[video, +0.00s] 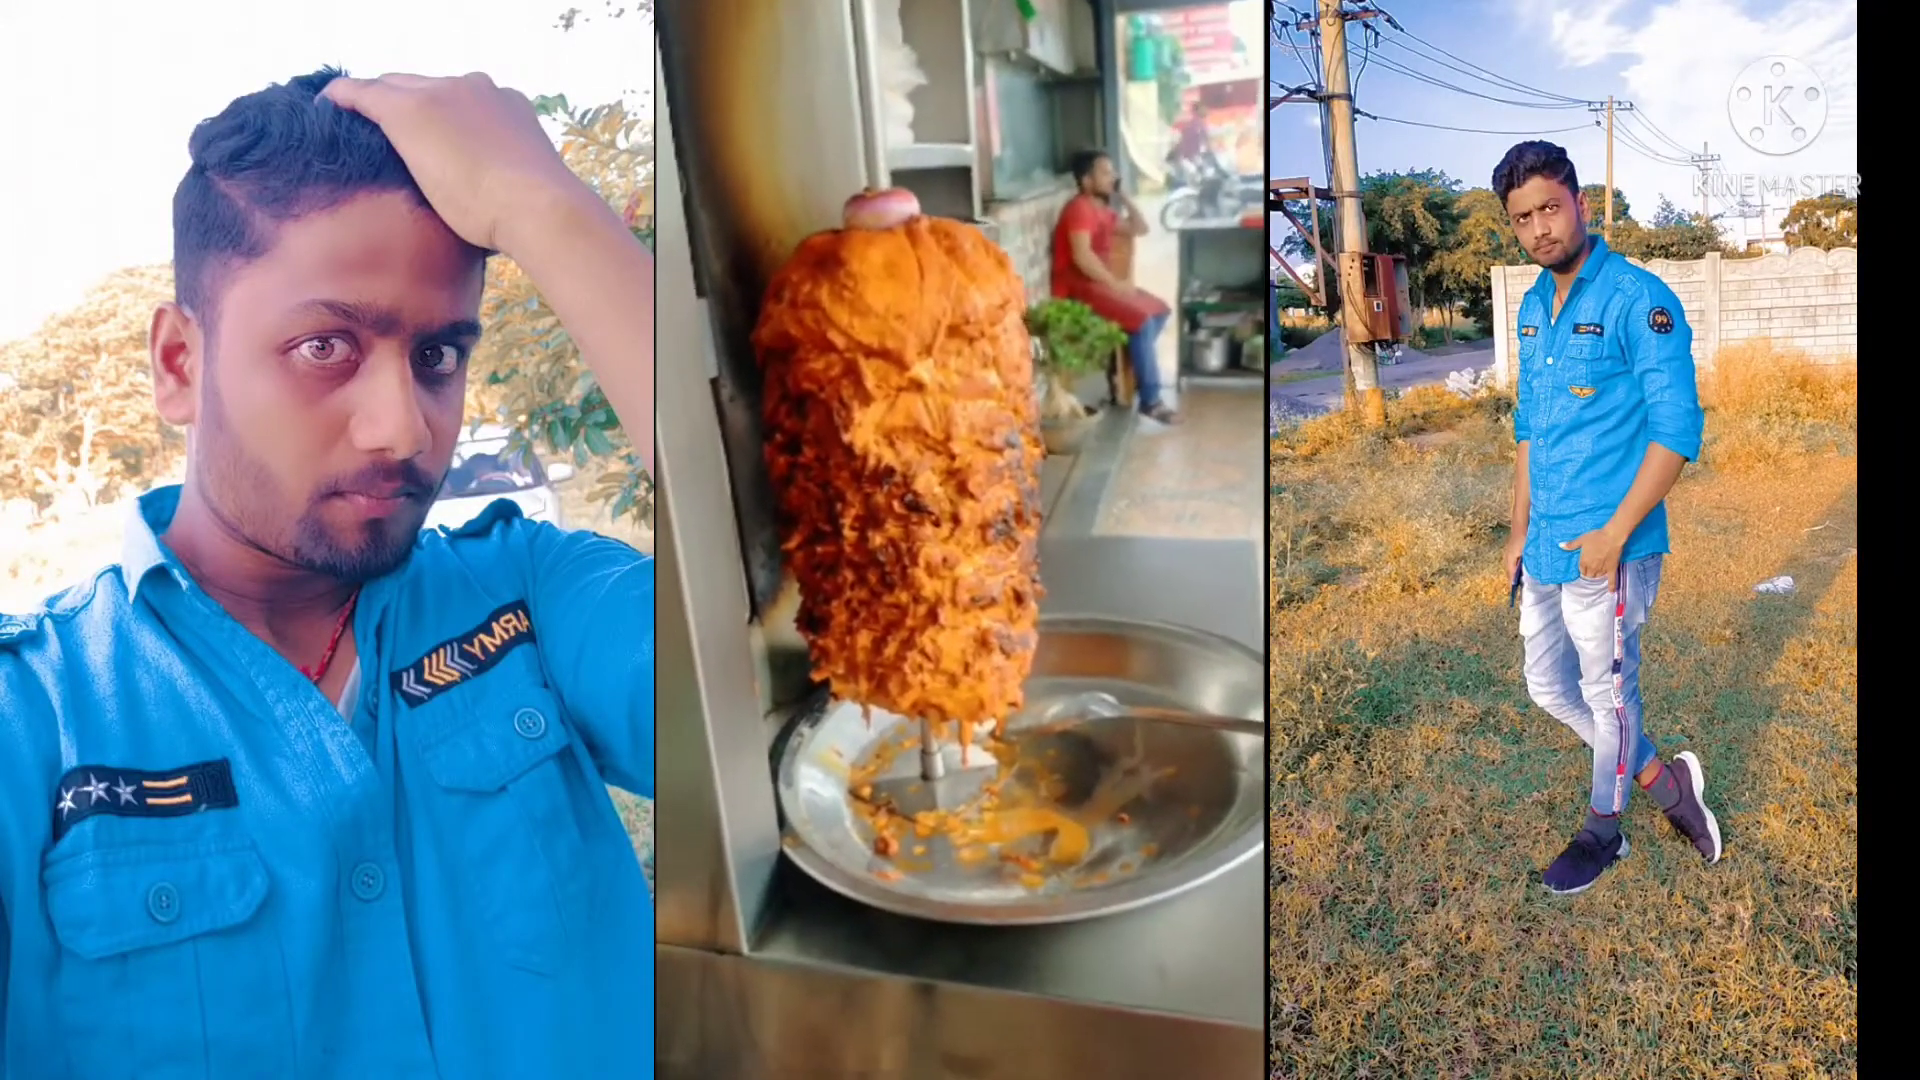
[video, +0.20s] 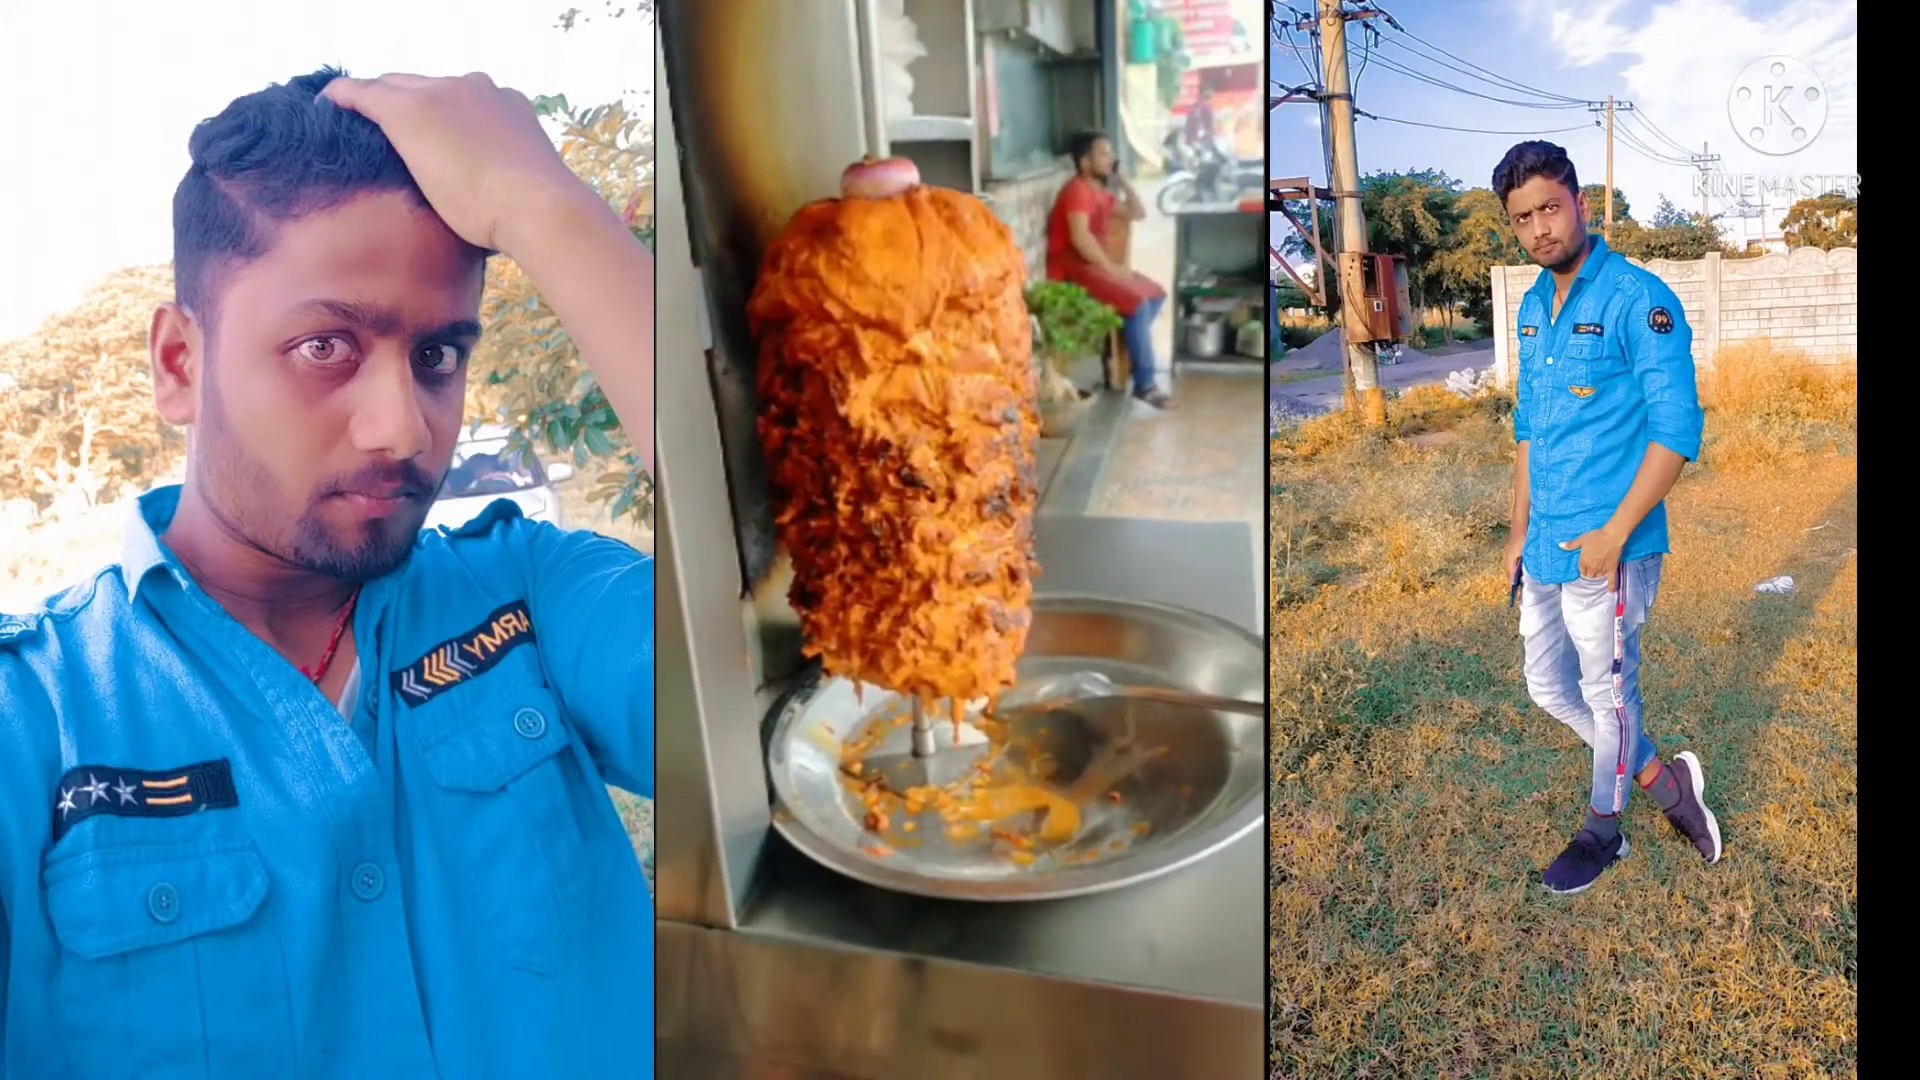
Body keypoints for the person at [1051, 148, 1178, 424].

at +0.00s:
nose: (1112, 178)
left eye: (1111, 172)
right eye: (1105, 173)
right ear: (1086, 180)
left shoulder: (1102, 210)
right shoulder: (1079, 208)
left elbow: (1139, 228)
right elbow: (1081, 256)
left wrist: (1123, 197)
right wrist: (1115, 283)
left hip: (1101, 282)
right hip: (1078, 287)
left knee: (1160, 311)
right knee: (1140, 321)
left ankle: (1120, 366)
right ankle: (1150, 401)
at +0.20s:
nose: (1110, 159)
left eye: (1110, 153)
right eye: (1104, 154)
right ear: (1084, 161)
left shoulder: (1101, 192)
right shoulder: (1077, 190)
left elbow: (1137, 213)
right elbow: (1080, 238)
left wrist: (1122, 182)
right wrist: (1110, 267)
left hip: (1098, 264)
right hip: (1074, 269)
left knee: (1156, 295)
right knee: (1135, 304)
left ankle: (1117, 352)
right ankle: (1145, 385)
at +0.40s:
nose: (1127, 145)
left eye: (1127, 138)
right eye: (1119, 139)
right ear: (1100, 146)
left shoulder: (1118, 177)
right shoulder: (1094, 175)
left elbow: (1155, 200)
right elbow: (1099, 223)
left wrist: (1140, 169)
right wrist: (1127, 253)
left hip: (1115, 249)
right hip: (1090, 255)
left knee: (1174, 281)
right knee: (1153, 291)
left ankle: (1134, 338)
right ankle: (1161, 372)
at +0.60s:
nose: (1128, 162)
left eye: (1127, 155)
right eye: (1120, 156)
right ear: (1101, 164)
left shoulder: (1120, 195)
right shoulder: (1096, 192)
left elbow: (1156, 217)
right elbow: (1093, 237)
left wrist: (1141, 186)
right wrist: (1127, 268)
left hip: (1116, 267)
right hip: (1092, 271)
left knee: (1174, 300)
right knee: (1153, 309)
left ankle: (1132, 352)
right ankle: (1162, 389)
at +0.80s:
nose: (1103, 181)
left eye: (1104, 175)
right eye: (1096, 175)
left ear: (1102, 180)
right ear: (1076, 182)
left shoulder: (1095, 212)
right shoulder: (1071, 209)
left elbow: (1132, 234)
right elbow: (1072, 254)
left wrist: (1116, 203)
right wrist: (1100, 287)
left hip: (1089, 283)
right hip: (1066, 287)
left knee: (1148, 317)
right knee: (1128, 324)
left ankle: (1106, 368)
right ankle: (1136, 405)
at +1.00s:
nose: (1109, 175)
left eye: (1110, 169)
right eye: (1102, 169)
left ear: (1109, 174)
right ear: (1083, 175)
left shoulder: (1102, 207)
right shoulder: (1078, 203)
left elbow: (1139, 227)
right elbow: (1083, 248)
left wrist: (1123, 193)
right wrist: (1107, 283)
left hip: (1094, 279)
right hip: (1072, 282)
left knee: (1155, 309)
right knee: (1134, 317)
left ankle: (1111, 361)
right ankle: (1142, 399)